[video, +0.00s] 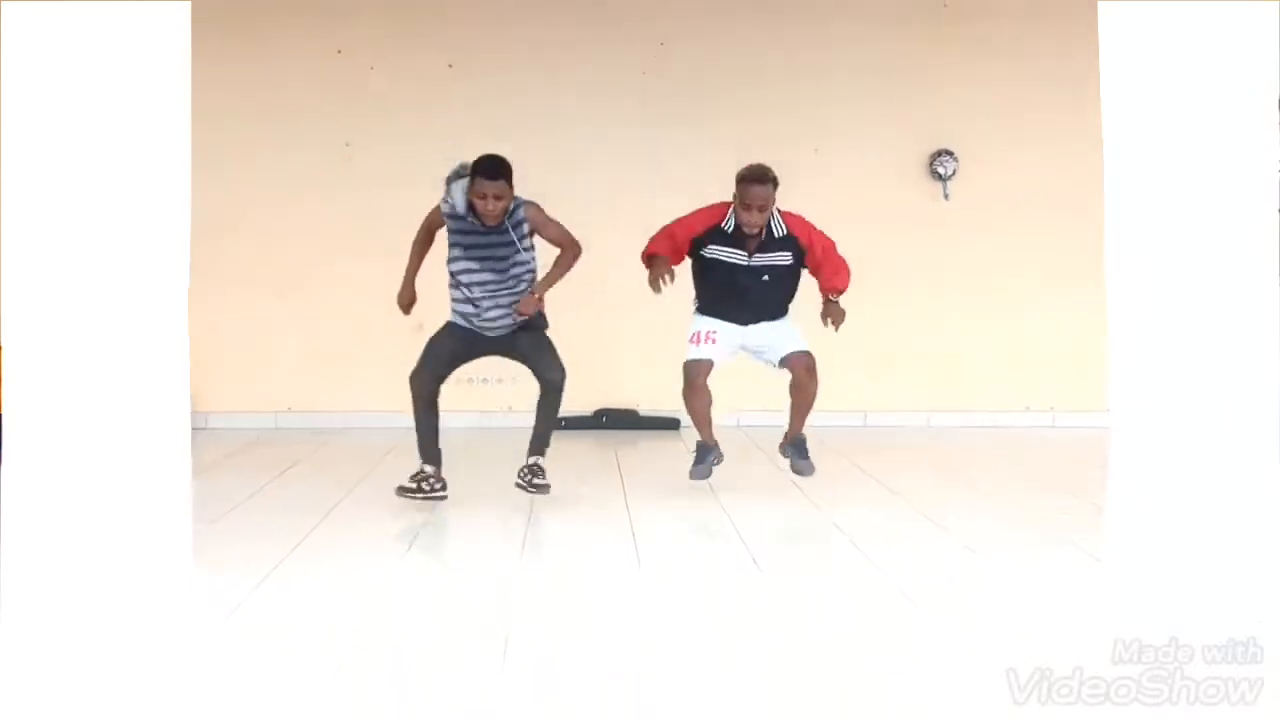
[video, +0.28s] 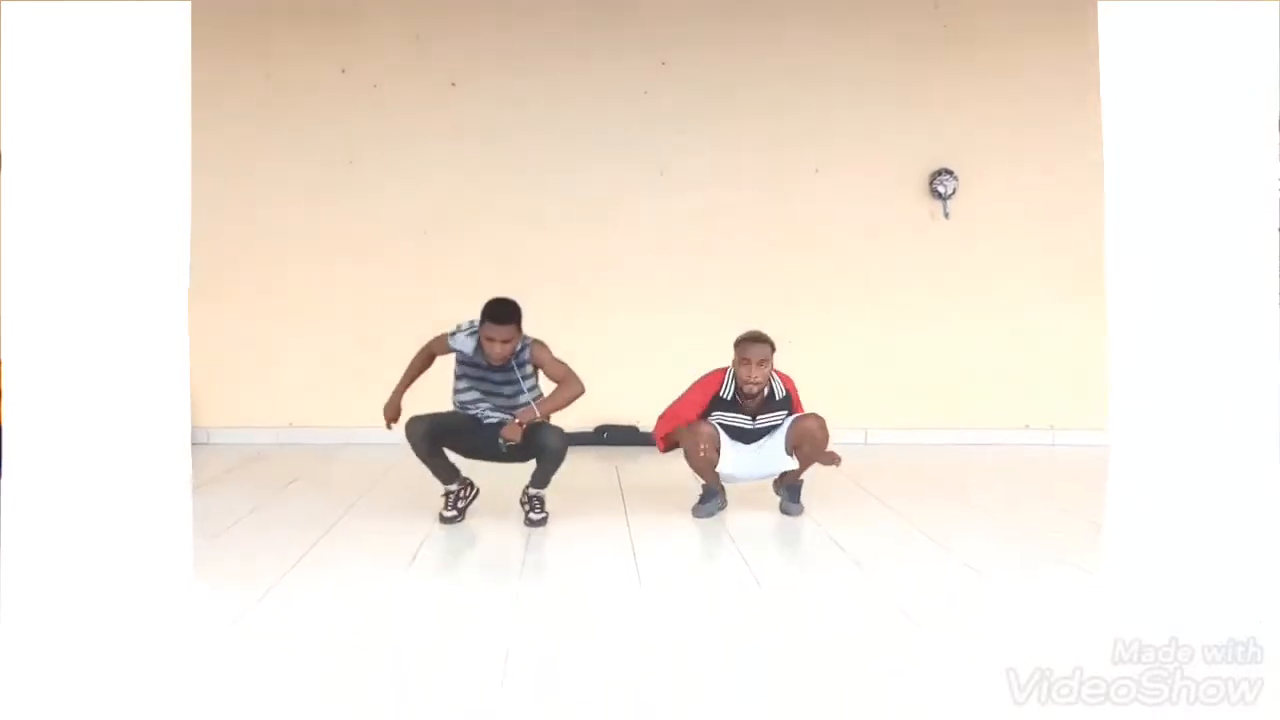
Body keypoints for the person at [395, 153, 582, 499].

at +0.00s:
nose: (490, 205)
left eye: (498, 197)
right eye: (482, 197)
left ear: (510, 193)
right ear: (470, 191)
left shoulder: (527, 214)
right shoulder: (453, 209)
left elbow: (572, 248)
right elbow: (429, 228)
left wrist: (539, 292)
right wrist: (408, 282)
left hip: (519, 329)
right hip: (466, 328)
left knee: (553, 377)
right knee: (422, 381)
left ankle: (534, 464)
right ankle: (430, 473)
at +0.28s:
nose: (497, 349)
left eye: (506, 342)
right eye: (490, 340)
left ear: (519, 335)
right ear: (480, 331)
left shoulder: (533, 351)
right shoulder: (463, 340)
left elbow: (574, 386)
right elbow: (429, 351)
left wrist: (523, 419)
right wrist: (396, 396)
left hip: (518, 433)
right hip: (474, 431)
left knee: (554, 440)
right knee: (417, 429)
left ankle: (534, 494)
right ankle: (458, 487)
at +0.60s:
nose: (495, 262)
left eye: (504, 254)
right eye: (489, 253)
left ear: (518, 249)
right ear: (480, 246)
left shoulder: (534, 279)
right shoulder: (462, 267)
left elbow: (551, 344)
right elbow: (431, 302)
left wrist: (510, 385)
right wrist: (411, 355)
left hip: (530, 368)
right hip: (484, 366)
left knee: (540, 422)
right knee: (449, 420)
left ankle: (548, 499)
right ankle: (397, 461)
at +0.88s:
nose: (497, 273)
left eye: (506, 266)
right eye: (492, 265)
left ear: (523, 264)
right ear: (485, 261)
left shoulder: (540, 289)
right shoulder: (469, 290)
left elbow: (560, 335)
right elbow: (446, 321)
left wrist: (504, 342)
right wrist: (426, 368)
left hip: (522, 394)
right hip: (472, 392)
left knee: (556, 443)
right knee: (425, 436)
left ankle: (536, 493)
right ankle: (462, 499)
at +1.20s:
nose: (489, 347)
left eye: (498, 340)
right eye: (483, 339)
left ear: (512, 338)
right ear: (475, 336)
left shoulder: (532, 362)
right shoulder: (460, 359)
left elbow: (577, 398)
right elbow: (430, 396)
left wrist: (544, 433)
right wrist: (407, 437)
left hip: (524, 438)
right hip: (481, 437)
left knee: (552, 469)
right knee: (428, 447)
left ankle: (544, 504)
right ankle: (461, 505)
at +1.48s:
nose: (486, 267)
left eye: (495, 262)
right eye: (482, 259)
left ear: (512, 259)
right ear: (476, 253)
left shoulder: (524, 280)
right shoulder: (466, 275)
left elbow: (537, 333)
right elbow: (449, 308)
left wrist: (478, 342)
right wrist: (413, 345)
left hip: (521, 395)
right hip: (470, 390)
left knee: (564, 460)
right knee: (427, 430)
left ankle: (529, 501)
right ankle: (430, 498)